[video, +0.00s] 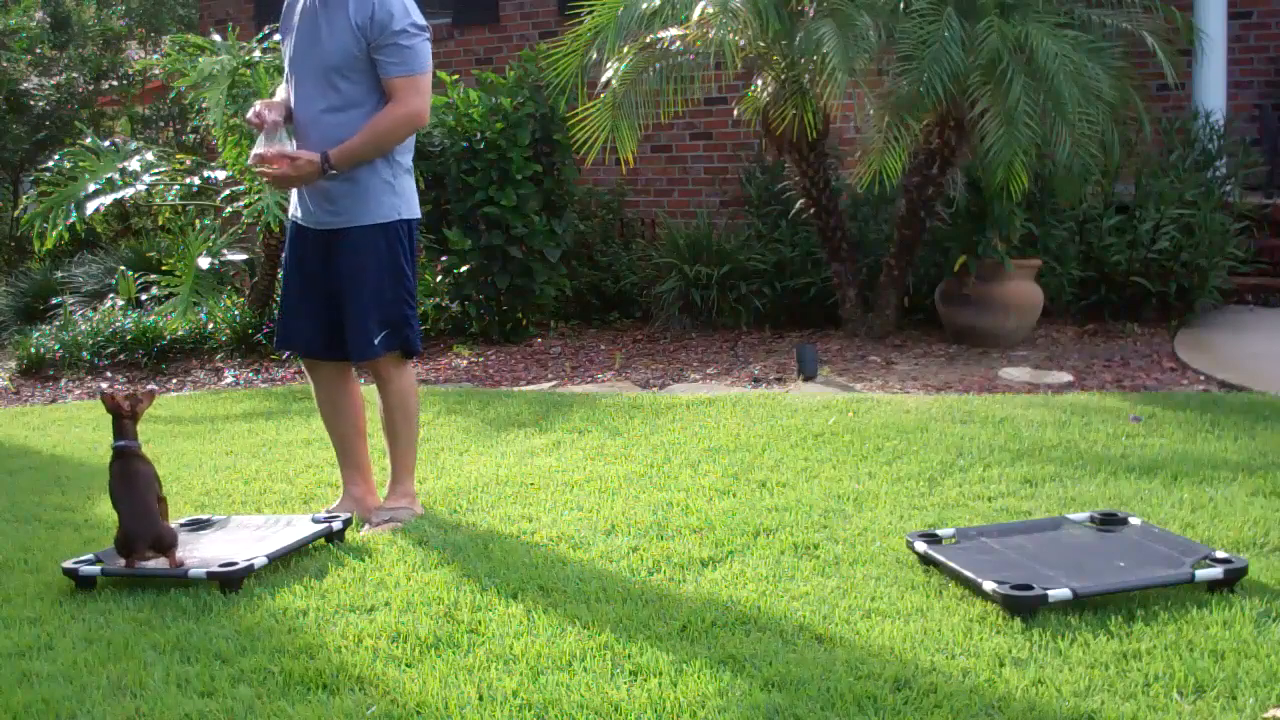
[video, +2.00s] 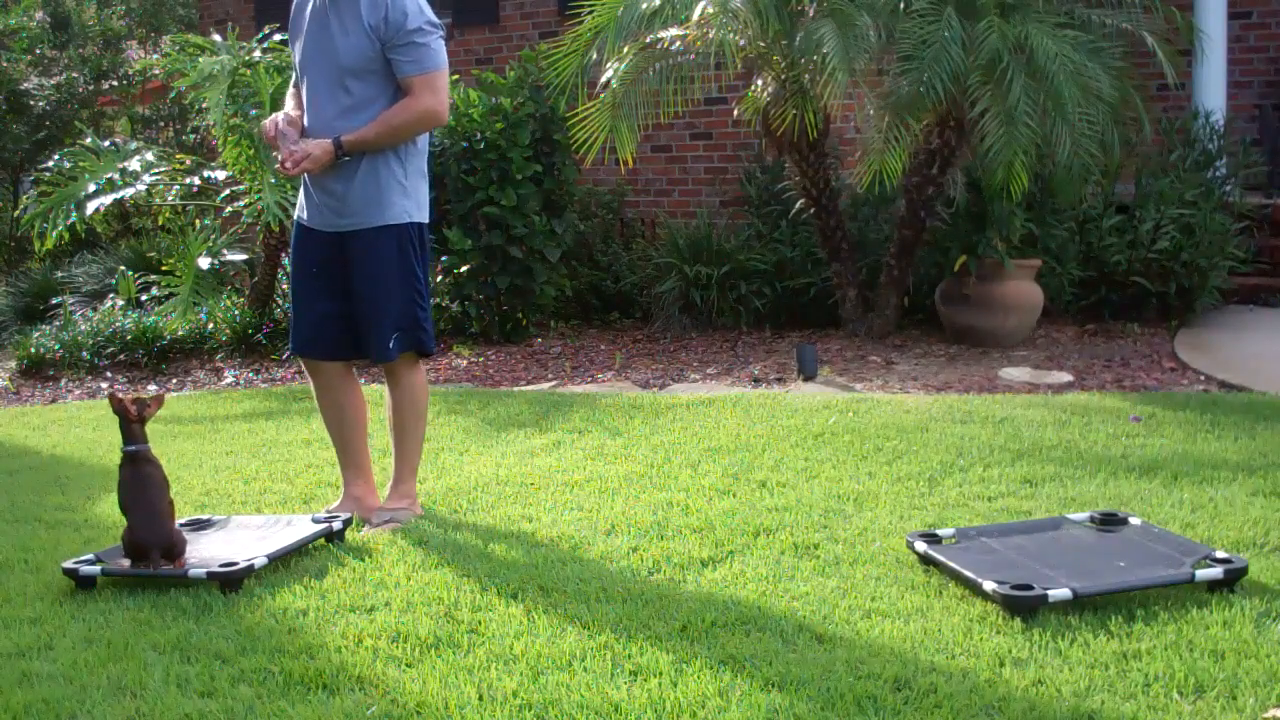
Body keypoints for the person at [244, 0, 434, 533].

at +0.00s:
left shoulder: (386, 7)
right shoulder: (296, 9)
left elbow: (412, 108)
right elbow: (300, 79)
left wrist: (325, 163)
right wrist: (278, 105)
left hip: (375, 208)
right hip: (312, 209)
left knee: (385, 353)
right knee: (320, 352)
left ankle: (402, 494)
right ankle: (358, 493)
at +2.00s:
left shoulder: (398, 6)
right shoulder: (304, 8)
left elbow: (432, 105)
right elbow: (304, 85)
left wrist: (338, 146)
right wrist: (288, 116)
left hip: (387, 205)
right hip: (319, 206)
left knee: (400, 351)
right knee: (320, 351)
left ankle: (404, 495)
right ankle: (358, 492)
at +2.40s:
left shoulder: (400, 8)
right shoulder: (264, 13)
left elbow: (441, 101)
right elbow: (247, 99)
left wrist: (364, 149)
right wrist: (232, 173)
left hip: (387, 206)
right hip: (305, 207)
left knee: (396, 356)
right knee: (300, 355)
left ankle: (405, 496)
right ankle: (287, 498)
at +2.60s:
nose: (291, 3)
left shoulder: (382, 14)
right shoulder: (240, 37)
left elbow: (416, 97)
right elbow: (213, 147)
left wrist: (380, 153)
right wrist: (227, 251)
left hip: (371, 217)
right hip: (289, 223)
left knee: (386, 359)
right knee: (293, 366)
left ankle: (402, 496)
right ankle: (286, 514)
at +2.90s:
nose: (320, 80)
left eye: (333, 67)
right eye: (308, 67)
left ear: (354, 40)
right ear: (288, 34)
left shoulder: (375, 49)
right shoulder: (252, 85)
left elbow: (373, 114)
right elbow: (234, 220)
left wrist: (369, 196)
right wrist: (236, 332)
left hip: (344, 223)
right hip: (271, 232)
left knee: (354, 352)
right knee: (278, 369)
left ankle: (345, 499)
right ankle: (285, 510)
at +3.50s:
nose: (380, 116)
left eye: (394, 107)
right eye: (368, 103)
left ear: (412, 77)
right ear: (351, 70)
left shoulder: (405, 62)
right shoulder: (301, 114)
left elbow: (396, 116)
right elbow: (283, 248)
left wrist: (409, 186)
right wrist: (283, 359)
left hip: (347, 210)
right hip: (275, 225)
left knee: (407, 321)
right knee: (288, 375)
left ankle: (411, 486)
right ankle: (285, 516)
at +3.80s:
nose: (460, 125)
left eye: (474, 116)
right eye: (449, 111)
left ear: (495, 90)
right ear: (436, 74)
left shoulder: (488, 79)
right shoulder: (384, 119)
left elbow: (473, 130)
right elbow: (362, 254)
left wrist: (472, 204)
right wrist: (359, 366)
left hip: (421, 220)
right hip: (343, 227)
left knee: (464, 346)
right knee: (329, 378)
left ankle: (485, 506)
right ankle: (290, 509)